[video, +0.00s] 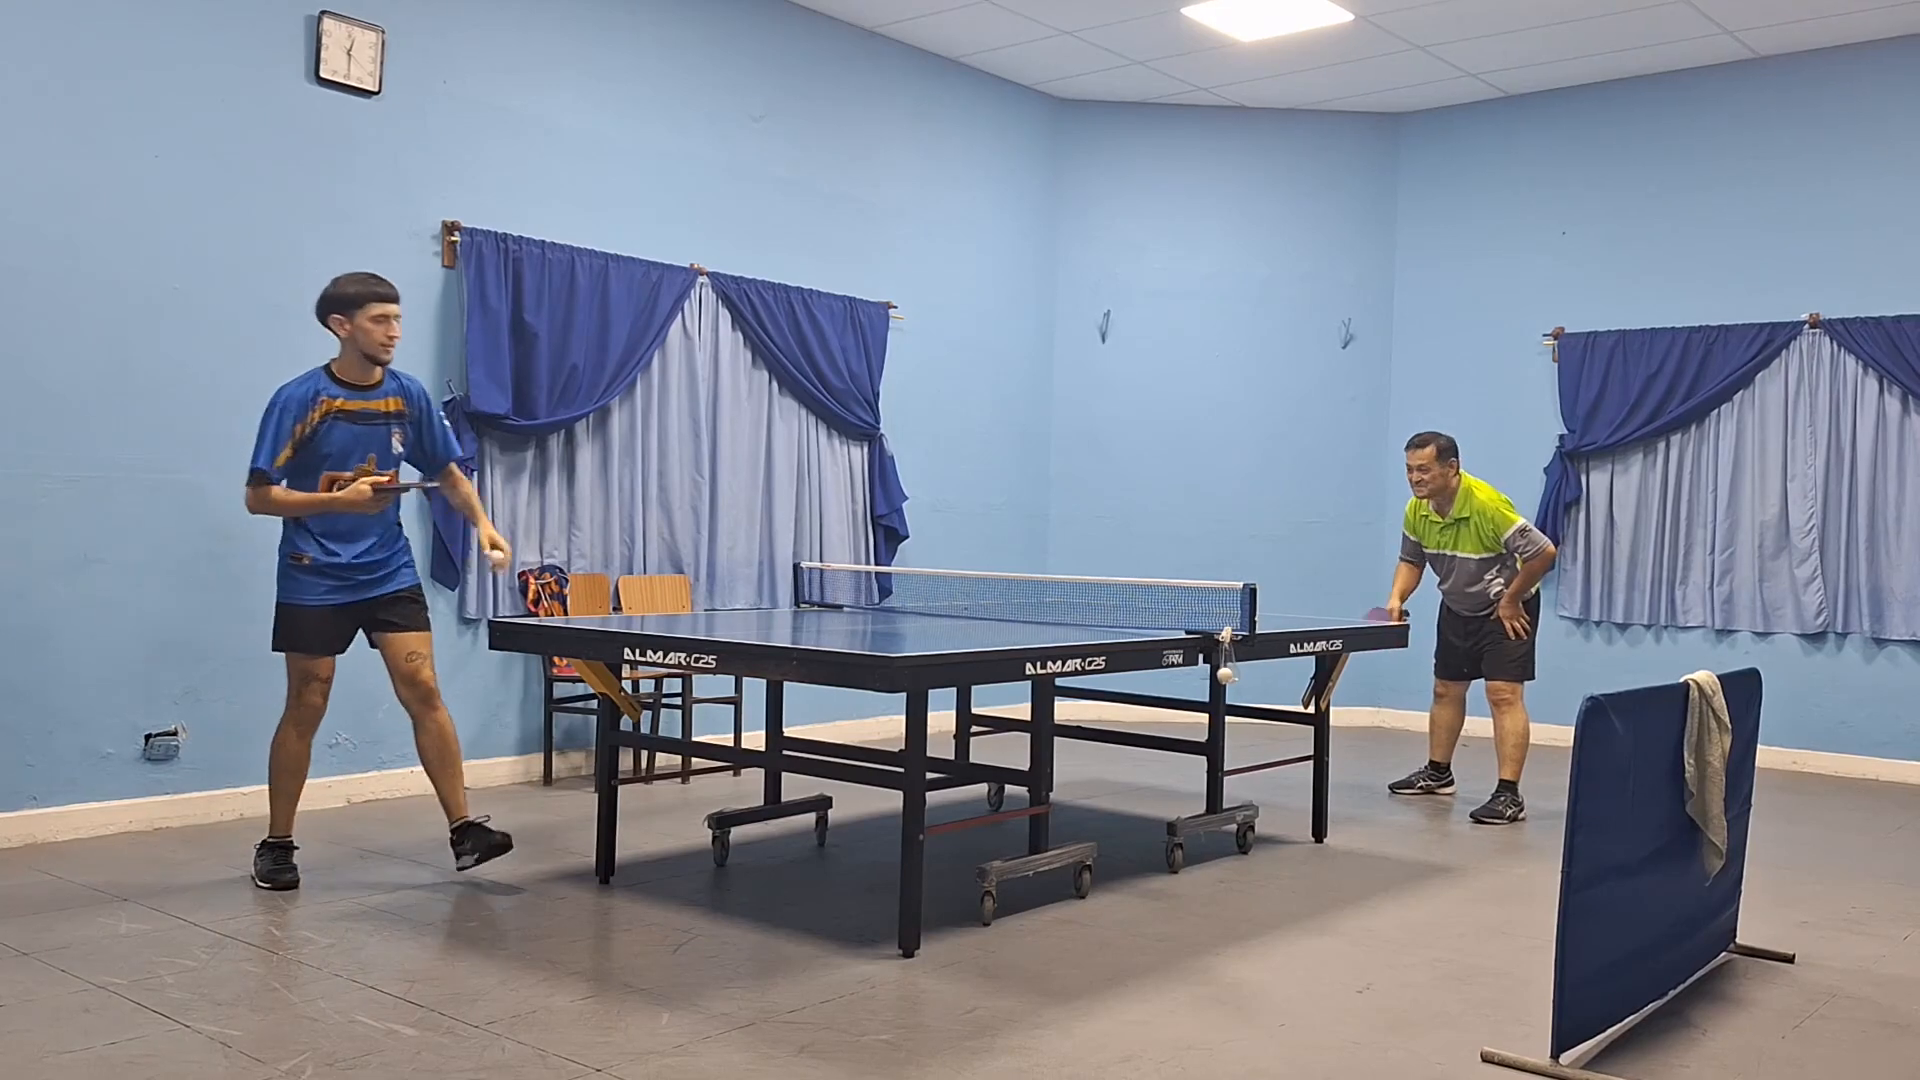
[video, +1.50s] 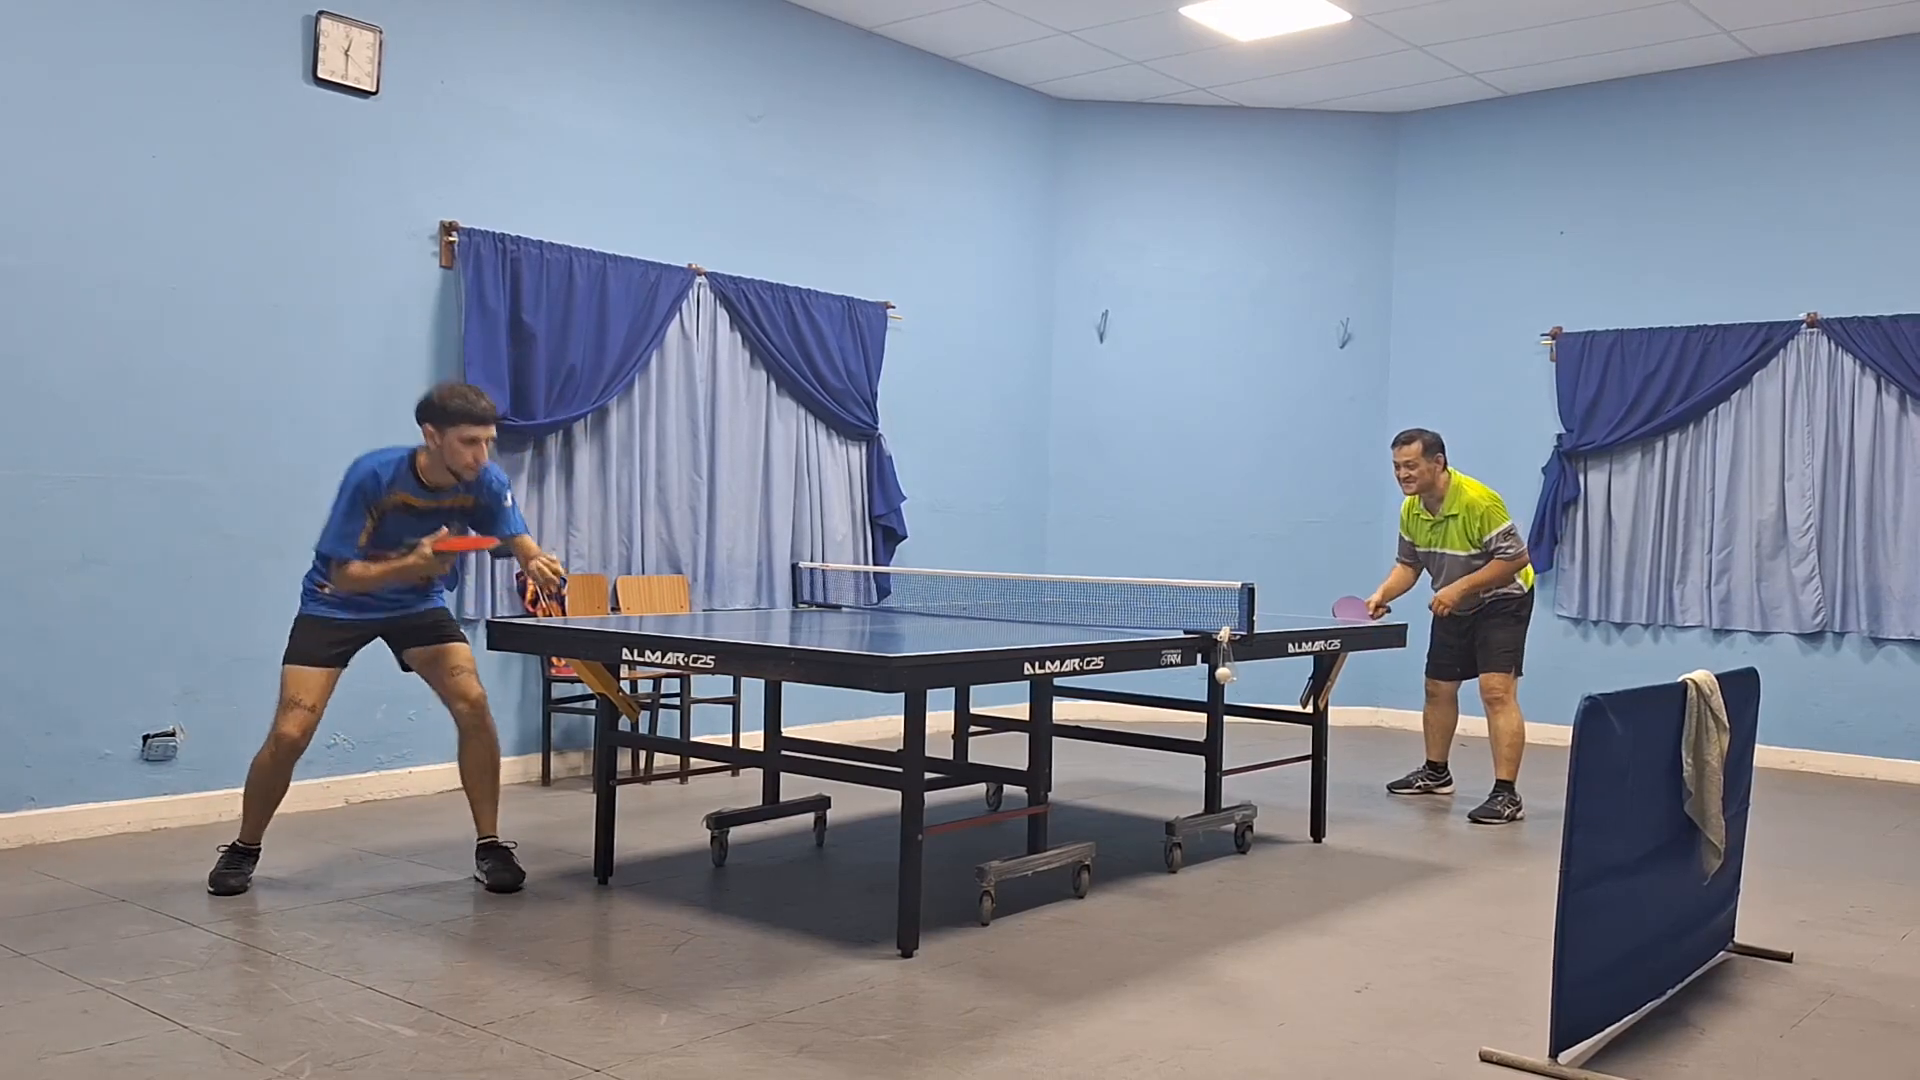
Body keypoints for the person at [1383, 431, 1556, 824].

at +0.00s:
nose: (1415, 477)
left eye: (1423, 469)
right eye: (1410, 469)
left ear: (1451, 470)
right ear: (1407, 471)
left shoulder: (1486, 506)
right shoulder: (1417, 510)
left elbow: (1543, 552)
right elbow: (1411, 561)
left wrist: (1512, 597)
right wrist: (1396, 597)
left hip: (1505, 608)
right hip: (1456, 608)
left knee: (1503, 694)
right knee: (1446, 689)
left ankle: (1508, 793)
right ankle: (1438, 771)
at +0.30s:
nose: (1409, 476)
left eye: (1417, 468)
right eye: (1404, 469)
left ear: (1445, 468)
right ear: (1401, 470)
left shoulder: (1480, 504)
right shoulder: (1416, 509)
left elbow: (1537, 551)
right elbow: (1419, 560)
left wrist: (1508, 597)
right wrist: (1412, 605)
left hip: (1503, 606)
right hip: (1455, 607)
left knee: (1501, 693)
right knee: (1445, 689)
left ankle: (1507, 793)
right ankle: (1438, 770)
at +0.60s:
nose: (1405, 476)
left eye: (1413, 468)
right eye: (1400, 469)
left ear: (1441, 467)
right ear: (1396, 471)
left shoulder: (1475, 503)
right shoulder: (1413, 511)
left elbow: (1530, 548)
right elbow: (1406, 564)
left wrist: (1502, 597)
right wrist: (1380, 587)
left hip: (1503, 605)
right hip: (1455, 608)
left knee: (1499, 692)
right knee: (1443, 688)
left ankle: (1507, 793)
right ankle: (1437, 770)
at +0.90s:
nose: (1404, 475)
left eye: (1412, 467)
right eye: (1399, 468)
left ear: (1439, 465)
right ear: (1395, 470)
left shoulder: (1476, 501)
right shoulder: (1411, 510)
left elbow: (1529, 548)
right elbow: (1404, 563)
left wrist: (1483, 593)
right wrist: (1378, 586)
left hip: (1504, 600)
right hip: (1453, 603)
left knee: (1497, 690)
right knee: (1439, 687)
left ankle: (1507, 793)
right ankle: (1436, 770)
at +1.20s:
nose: (1404, 473)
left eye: (1412, 465)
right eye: (1399, 467)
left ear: (1439, 464)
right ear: (1396, 469)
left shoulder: (1479, 502)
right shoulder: (1411, 510)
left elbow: (1521, 554)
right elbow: (1410, 562)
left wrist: (1470, 591)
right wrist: (1385, 593)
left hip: (1502, 601)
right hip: (1451, 604)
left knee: (1497, 690)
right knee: (1437, 687)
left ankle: (1506, 793)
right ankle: (1436, 771)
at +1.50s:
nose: (1402, 473)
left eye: (1411, 465)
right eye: (1398, 466)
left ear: (1438, 464)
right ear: (1395, 468)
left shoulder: (1478, 502)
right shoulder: (1411, 509)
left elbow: (1515, 557)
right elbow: (1408, 564)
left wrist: (1461, 589)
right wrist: (1382, 594)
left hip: (1501, 601)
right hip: (1451, 605)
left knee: (1496, 690)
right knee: (1438, 686)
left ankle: (1506, 793)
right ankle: (1435, 770)